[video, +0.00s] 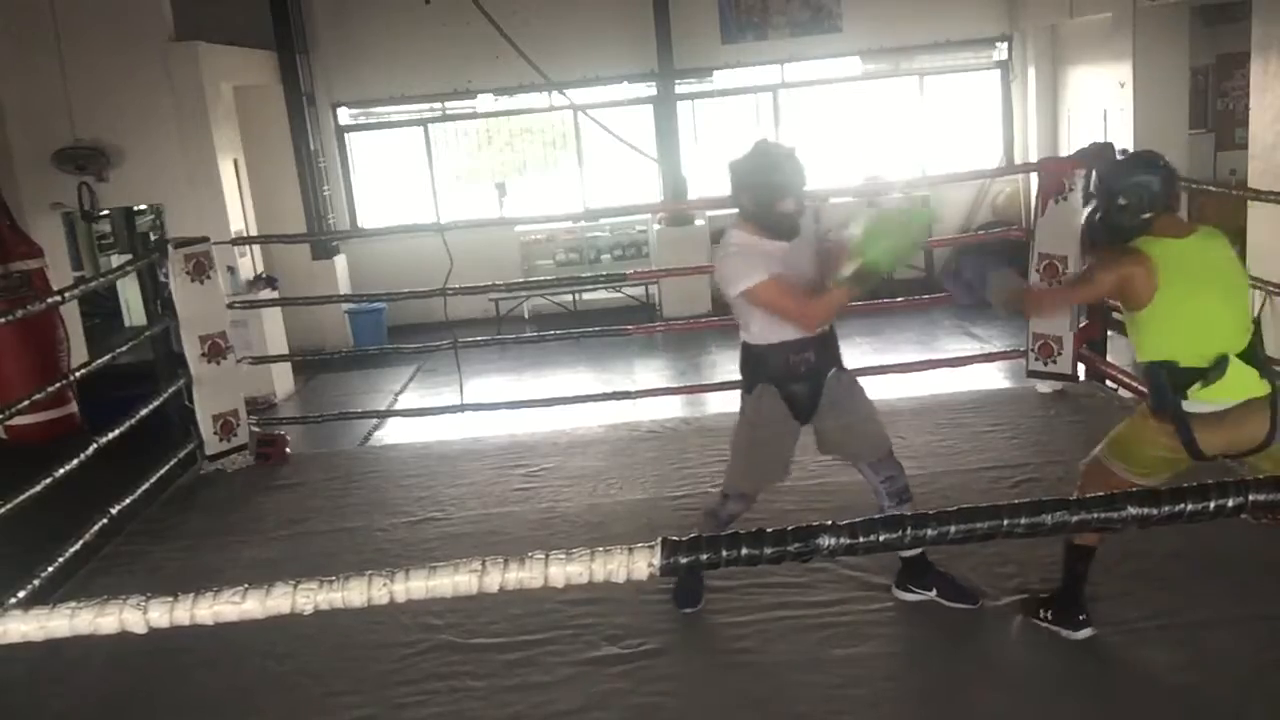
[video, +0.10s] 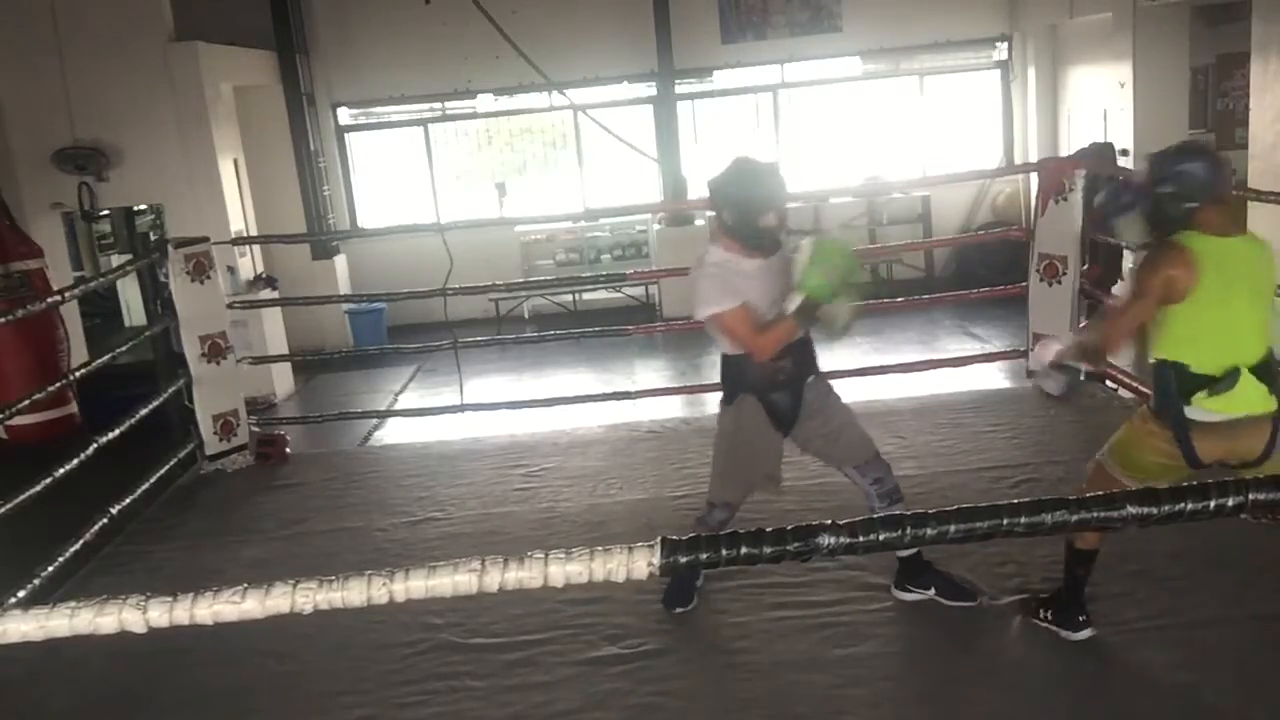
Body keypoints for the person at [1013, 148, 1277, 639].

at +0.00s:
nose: (1100, 211)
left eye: (1104, 201)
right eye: (1100, 201)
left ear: (1123, 204)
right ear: (1172, 198)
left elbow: (1037, 303)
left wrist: (998, 285)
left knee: (1094, 485)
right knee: (1273, 490)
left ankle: (1069, 603)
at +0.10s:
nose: (1154, 204)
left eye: (1160, 193)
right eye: (1155, 194)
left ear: (1175, 196)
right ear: (1222, 190)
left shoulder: (1173, 258)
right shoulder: (1260, 251)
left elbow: (1109, 337)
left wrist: (1067, 347)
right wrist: (1134, 307)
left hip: (1181, 430)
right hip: (1258, 429)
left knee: (1097, 489)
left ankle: (1069, 604)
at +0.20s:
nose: (1196, 205)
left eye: (1203, 193)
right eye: (1198, 194)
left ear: (1220, 195)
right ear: (1261, 192)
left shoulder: (1230, 256)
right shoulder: (1271, 248)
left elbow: (1188, 348)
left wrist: (1123, 358)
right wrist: (1141, 349)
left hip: (1221, 439)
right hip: (1271, 435)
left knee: (1119, 489)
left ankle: (1072, 605)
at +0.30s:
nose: (1227, 204)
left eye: (1233, 191)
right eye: (1228, 191)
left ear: (1251, 192)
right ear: (1272, 190)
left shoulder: (1263, 248)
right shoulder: (1266, 247)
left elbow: (1237, 334)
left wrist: (1162, 323)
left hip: (1250, 423)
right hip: (1266, 418)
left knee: (1158, 499)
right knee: (1156, 499)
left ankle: (1089, 605)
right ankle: (1093, 602)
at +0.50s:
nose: (1237, 180)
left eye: (1241, 167)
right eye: (1240, 164)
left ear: (1263, 171)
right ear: (1270, 169)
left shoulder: (1272, 233)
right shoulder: (1267, 227)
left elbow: (1226, 309)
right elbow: (1244, 297)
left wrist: (1168, 249)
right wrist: (1219, 224)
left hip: (1265, 415)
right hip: (1265, 410)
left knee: (1175, 504)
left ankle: (1138, 650)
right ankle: (1140, 648)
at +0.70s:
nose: (1216, 183)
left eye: (1224, 171)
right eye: (1219, 170)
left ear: (1247, 174)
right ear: (1271, 172)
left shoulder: (1251, 239)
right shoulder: (1260, 234)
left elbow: (1143, 293)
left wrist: (1134, 211)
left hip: (1264, 452)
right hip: (1264, 447)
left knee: (1222, 585)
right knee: (1221, 579)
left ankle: (1197, 705)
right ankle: (1197, 701)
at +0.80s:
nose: (1200, 193)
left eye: (1207, 180)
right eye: (1202, 179)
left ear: (1229, 181)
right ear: (1264, 176)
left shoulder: (1239, 246)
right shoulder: (1258, 238)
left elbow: (1125, 300)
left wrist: (1120, 215)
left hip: (1265, 453)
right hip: (1264, 448)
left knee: (1226, 590)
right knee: (1228, 586)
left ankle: (1197, 708)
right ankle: (1199, 705)